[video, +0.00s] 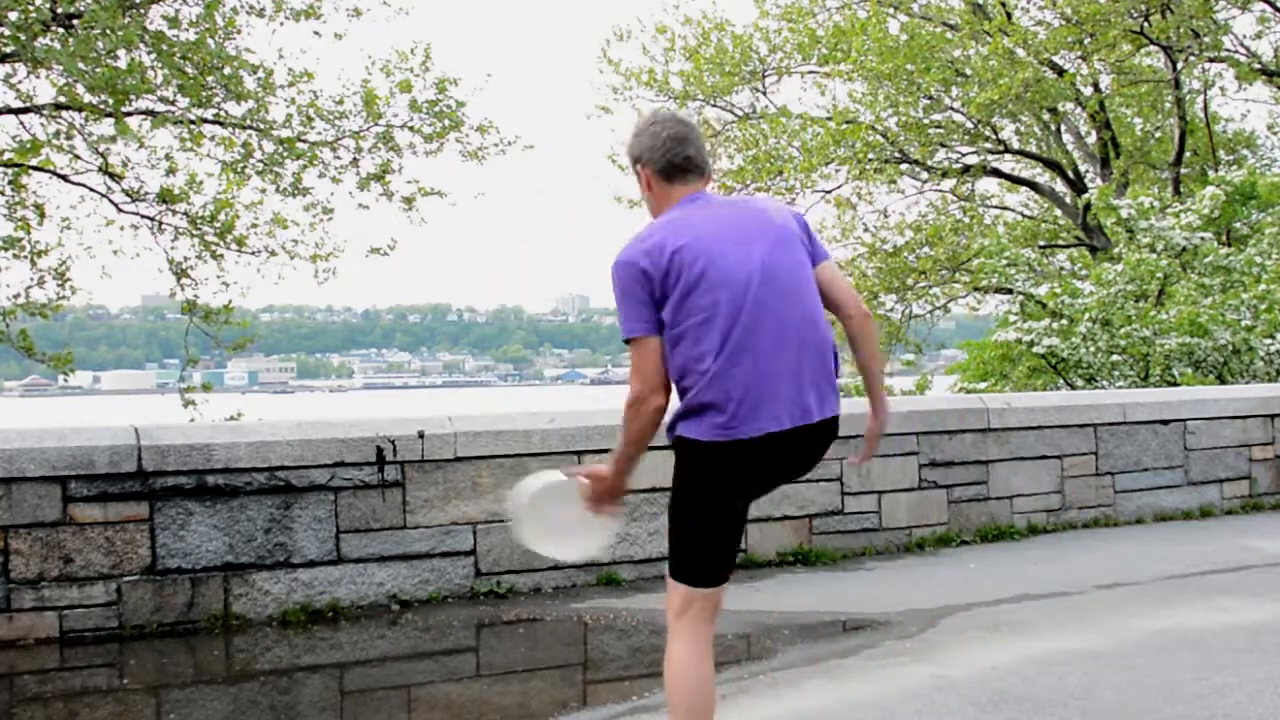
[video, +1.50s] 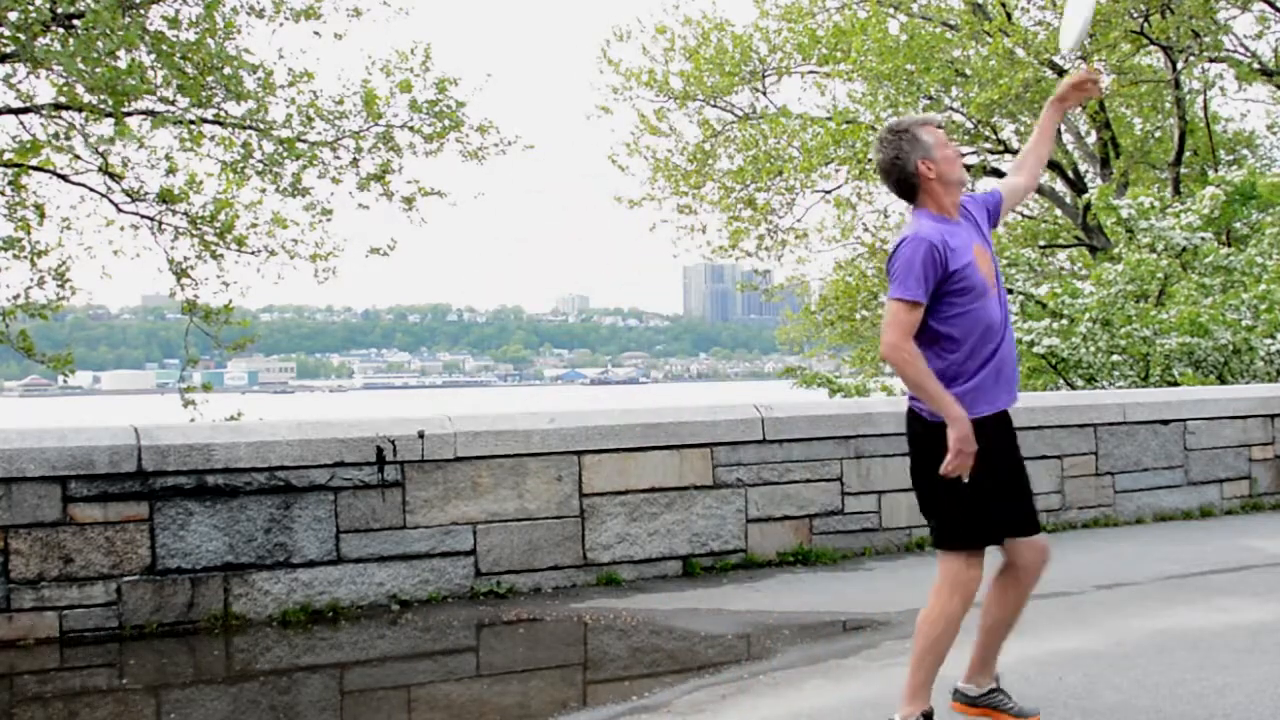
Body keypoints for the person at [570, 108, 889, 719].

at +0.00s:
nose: (638, 189)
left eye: (636, 177)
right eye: (636, 177)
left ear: (646, 176)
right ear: (707, 170)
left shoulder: (642, 256)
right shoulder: (779, 217)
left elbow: (650, 395)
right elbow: (853, 309)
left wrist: (617, 477)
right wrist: (878, 396)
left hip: (721, 443)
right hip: (812, 428)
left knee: (691, 614)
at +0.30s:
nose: (745, 167)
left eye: (742, 160)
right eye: (743, 159)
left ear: (675, 175)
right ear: (734, 164)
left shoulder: (650, 243)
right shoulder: (784, 214)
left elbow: (664, 338)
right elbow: (822, 295)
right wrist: (832, 414)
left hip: (689, 439)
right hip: (780, 420)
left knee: (690, 616)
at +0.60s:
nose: (806, 163)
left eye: (802, 152)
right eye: (801, 153)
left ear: (738, 173)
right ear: (785, 163)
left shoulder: (713, 240)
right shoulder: (825, 226)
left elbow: (728, 311)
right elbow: (848, 312)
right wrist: (853, 422)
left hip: (716, 441)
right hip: (800, 433)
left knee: (708, 608)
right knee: (851, 555)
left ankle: (693, 717)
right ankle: (858, 700)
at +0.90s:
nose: (928, 188)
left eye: (926, 177)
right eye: (922, 177)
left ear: (880, 191)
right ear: (897, 187)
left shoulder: (857, 254)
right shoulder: (894, 246)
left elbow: (902, 367)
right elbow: (856, 335)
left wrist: (970, 331)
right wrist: (926, 403)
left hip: (832, 441)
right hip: (876, 440)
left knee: (875, 588)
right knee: (946, 579)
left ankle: (774, 684)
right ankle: (896, 712)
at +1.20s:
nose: (970, 173)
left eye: (967, 162)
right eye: (961, 163)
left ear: (934, 177)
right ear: (928, 177)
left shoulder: (964, 239)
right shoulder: (899, 253)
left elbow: (1027, 271)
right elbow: (863, 350)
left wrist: (1085, 234)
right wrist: (921, 429)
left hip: (952, 429)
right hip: (915, 435)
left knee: (977, 569)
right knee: (981, 570)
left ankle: (970, 695)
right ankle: (900, 707)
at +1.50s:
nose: (960, 149)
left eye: (952, 141)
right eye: (948, 143)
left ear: (931, 167)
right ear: (927, 167)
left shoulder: (974, 210)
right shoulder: (922, 243)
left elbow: (1024, 176)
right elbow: (895, 345)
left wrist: (1058, 104)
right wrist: (955, 417)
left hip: (990, 419)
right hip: (945, 427)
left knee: (1028, 557)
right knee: (959, 575)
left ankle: (978, 683)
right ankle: (911, 708)